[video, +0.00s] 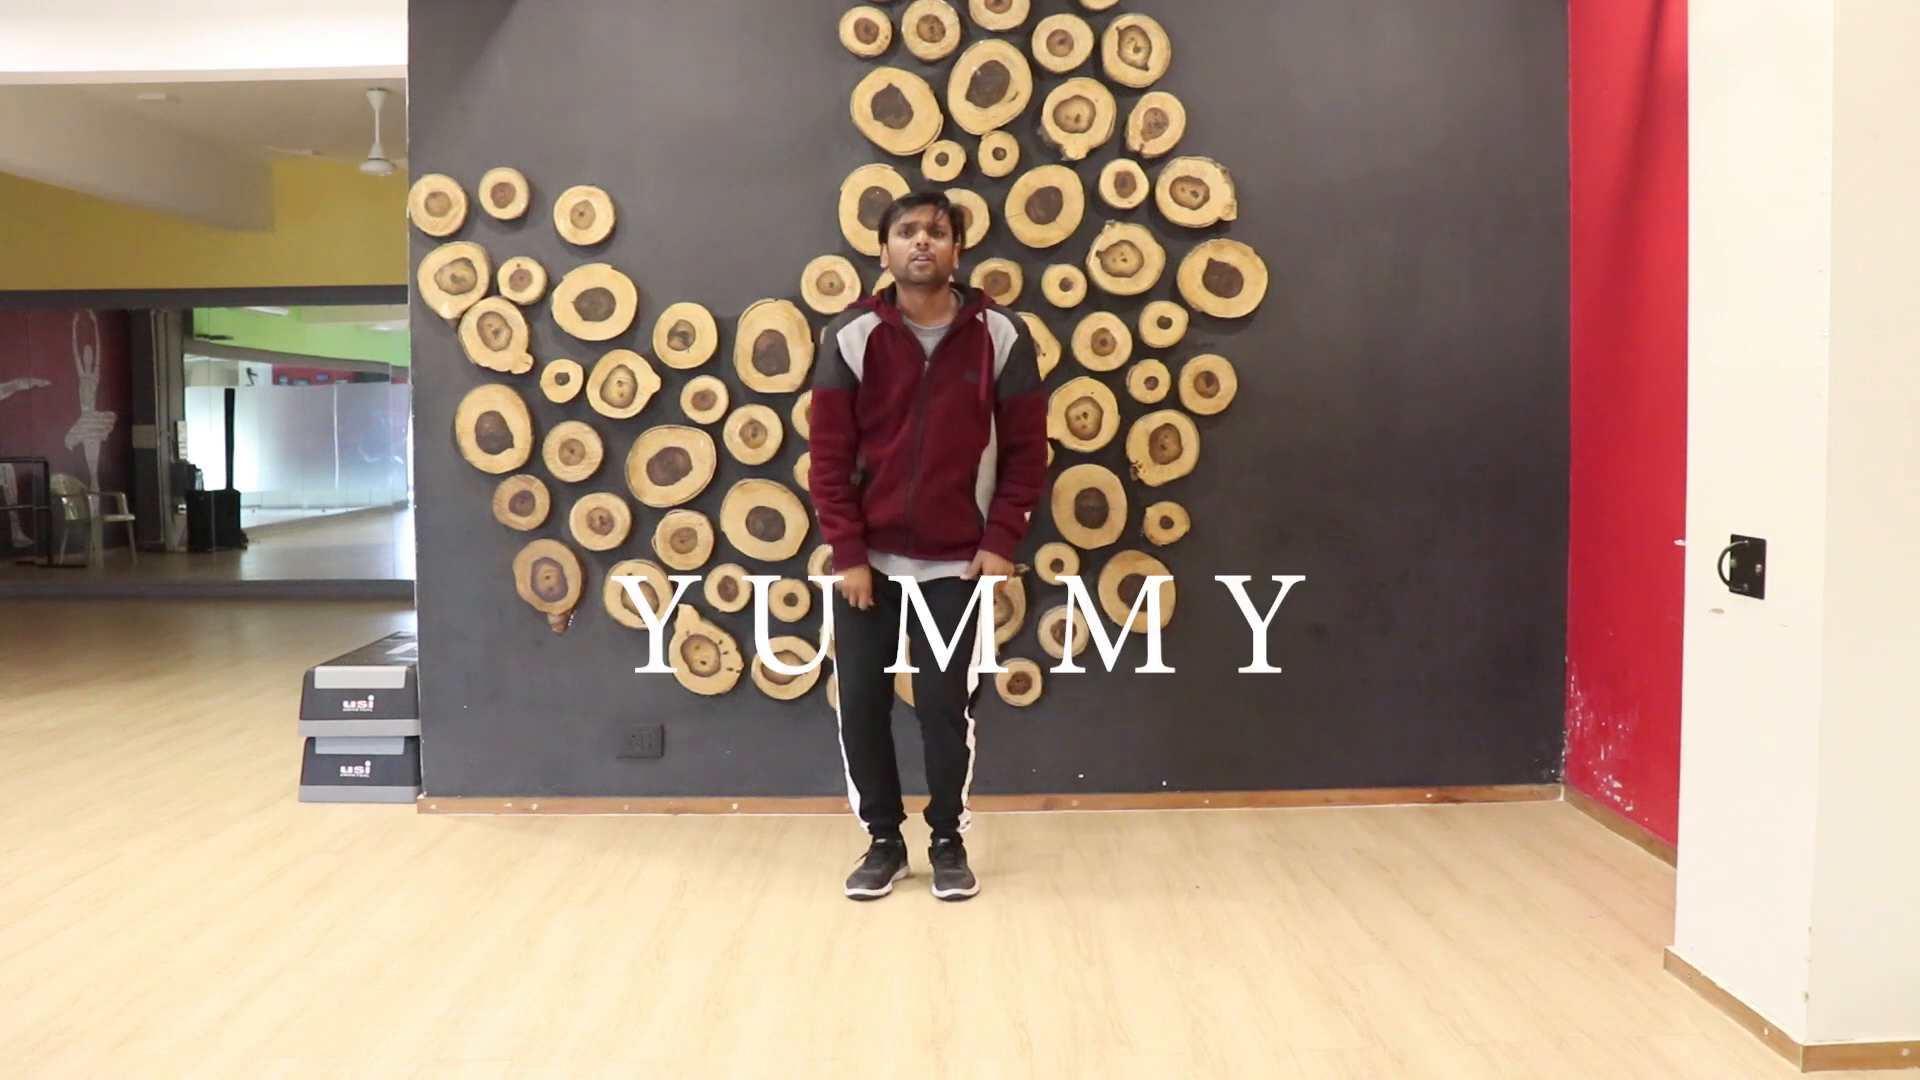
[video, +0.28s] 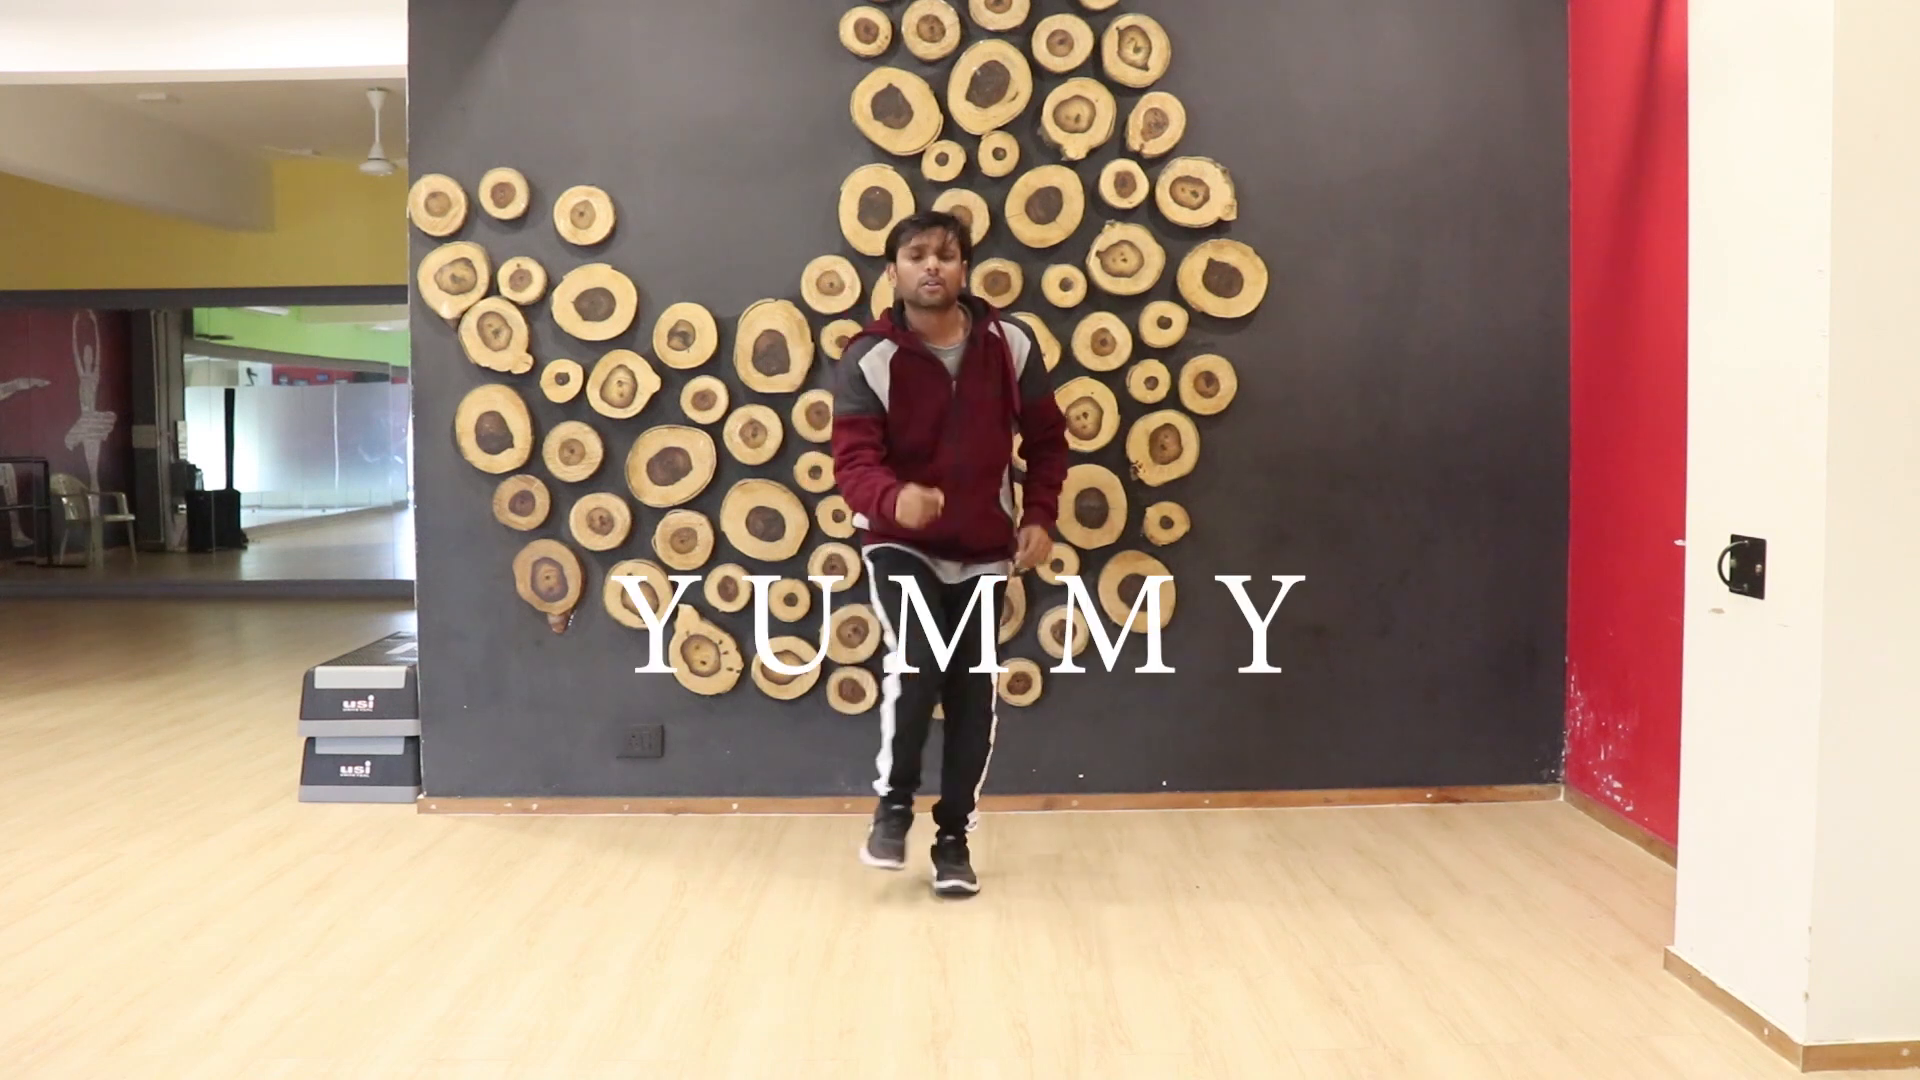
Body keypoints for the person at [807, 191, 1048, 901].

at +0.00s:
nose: (923, 243)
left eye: (936, 232)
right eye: (908, 232)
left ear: (957, 250)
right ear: (886, 251)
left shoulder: (998, 334)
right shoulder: (850, 338)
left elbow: (1026, 447)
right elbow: (828, 453)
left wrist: (1002, 540)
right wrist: (847, 553)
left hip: (954, 556)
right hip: (866, 554)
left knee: (944, 703)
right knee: (858, 704)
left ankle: (946, 843)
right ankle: (883, 842)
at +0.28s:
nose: (933, 267)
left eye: (945, 256)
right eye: (918, 257)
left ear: (965, 271)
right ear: (894, 273)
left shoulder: (1009, 344)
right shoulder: (868, 360)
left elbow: (1047, 436)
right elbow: (853, 461)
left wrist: (1040, 517)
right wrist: (893, 498)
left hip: (984, 548)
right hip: (901, 546)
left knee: (973, 691)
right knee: (917, 670)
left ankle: (953, 838)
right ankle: (895, 806)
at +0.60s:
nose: (956, 278)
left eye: (964, 265)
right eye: (939, 267)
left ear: (974, 270)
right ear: (905, 277)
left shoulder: (1005, 343)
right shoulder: (873, 365)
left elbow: (1051, 447)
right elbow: (822, 465)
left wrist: (1034, 442)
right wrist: (871, 475)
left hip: (998, 557)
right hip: (934, 563)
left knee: (1018, 693)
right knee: (1017, 688)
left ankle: (971, 830)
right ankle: (956, 835)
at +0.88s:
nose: (950, 288)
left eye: (959, 275)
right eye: (934, 276)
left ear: (970, 278)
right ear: (899, 282)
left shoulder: (998, 348)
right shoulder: (863, 367)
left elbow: (1039, 441)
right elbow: (816, 466)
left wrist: (988, 469)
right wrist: (848, 550)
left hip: (1019, 559)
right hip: (950, 567)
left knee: (1070, 695)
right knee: (1016, 706)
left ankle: (985, 827)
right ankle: (951, 851)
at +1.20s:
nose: (949, 283)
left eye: (963, 270)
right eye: (935, 268)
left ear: (979, 276)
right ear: (909, 271)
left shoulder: (1009, 342)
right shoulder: (871, 355)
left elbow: (1021, 459)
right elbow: (858, 473)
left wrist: (1017, 564)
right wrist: (860, 584)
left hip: (996, 550)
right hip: (916, 551)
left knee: (1012, 681)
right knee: (943, 692)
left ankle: (1012, 817)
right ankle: (936, 842)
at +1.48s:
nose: (974, 285)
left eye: (990, 274)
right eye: (961, 269)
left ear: (1008, 286)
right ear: (935, 276)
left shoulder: (1032, 365)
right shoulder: (897, 362)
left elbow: (1082, 468)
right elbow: (880, 473)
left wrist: (1070, 576)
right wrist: (907, 563)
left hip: (988, 571)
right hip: (906, 564)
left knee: (956, 702)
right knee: (886, 700)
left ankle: (990, 852)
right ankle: (915, 849)